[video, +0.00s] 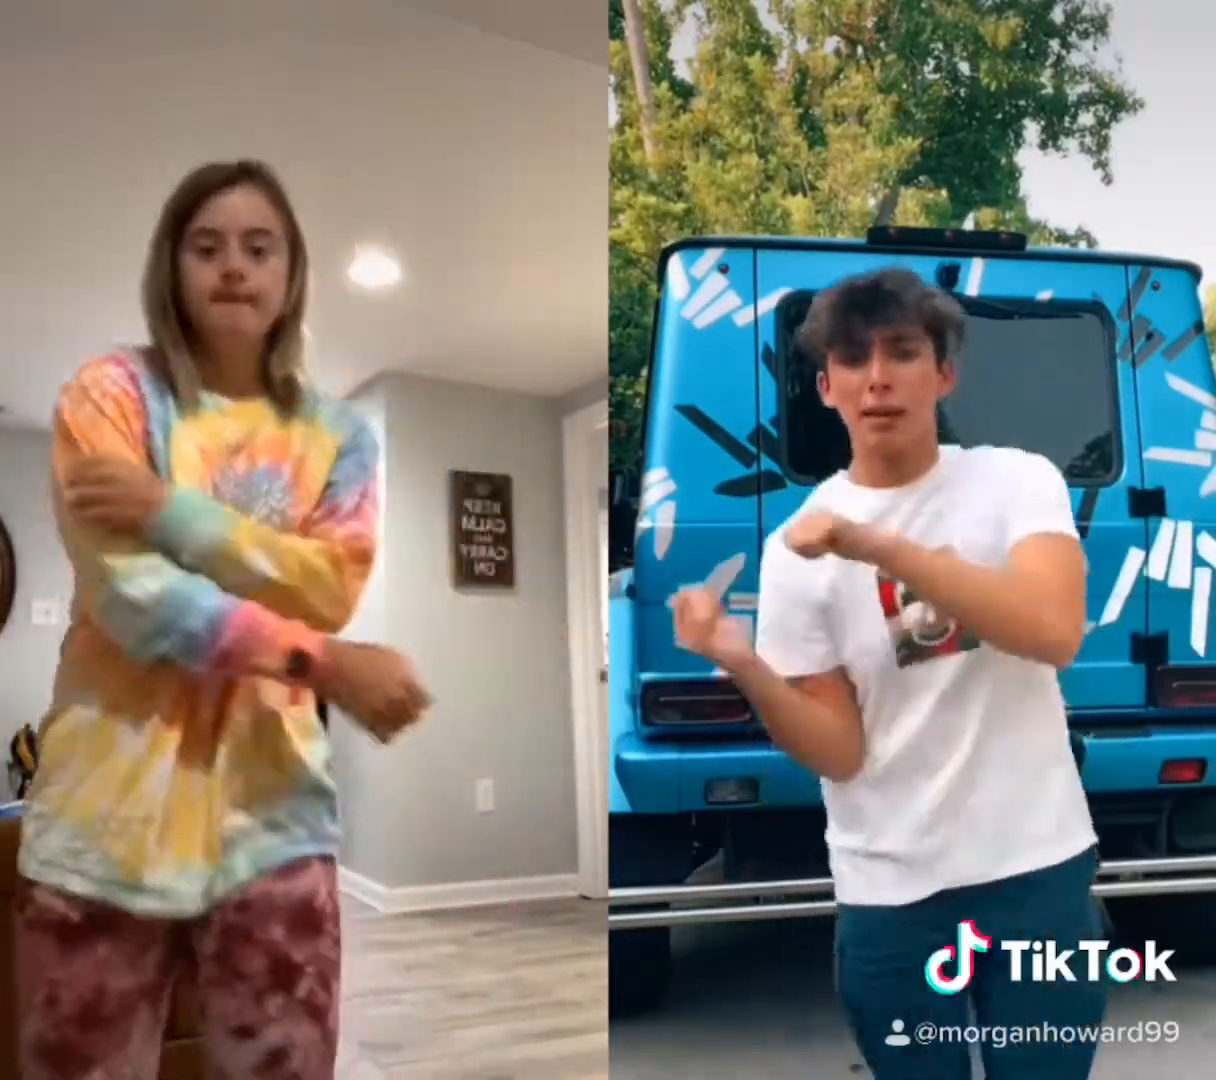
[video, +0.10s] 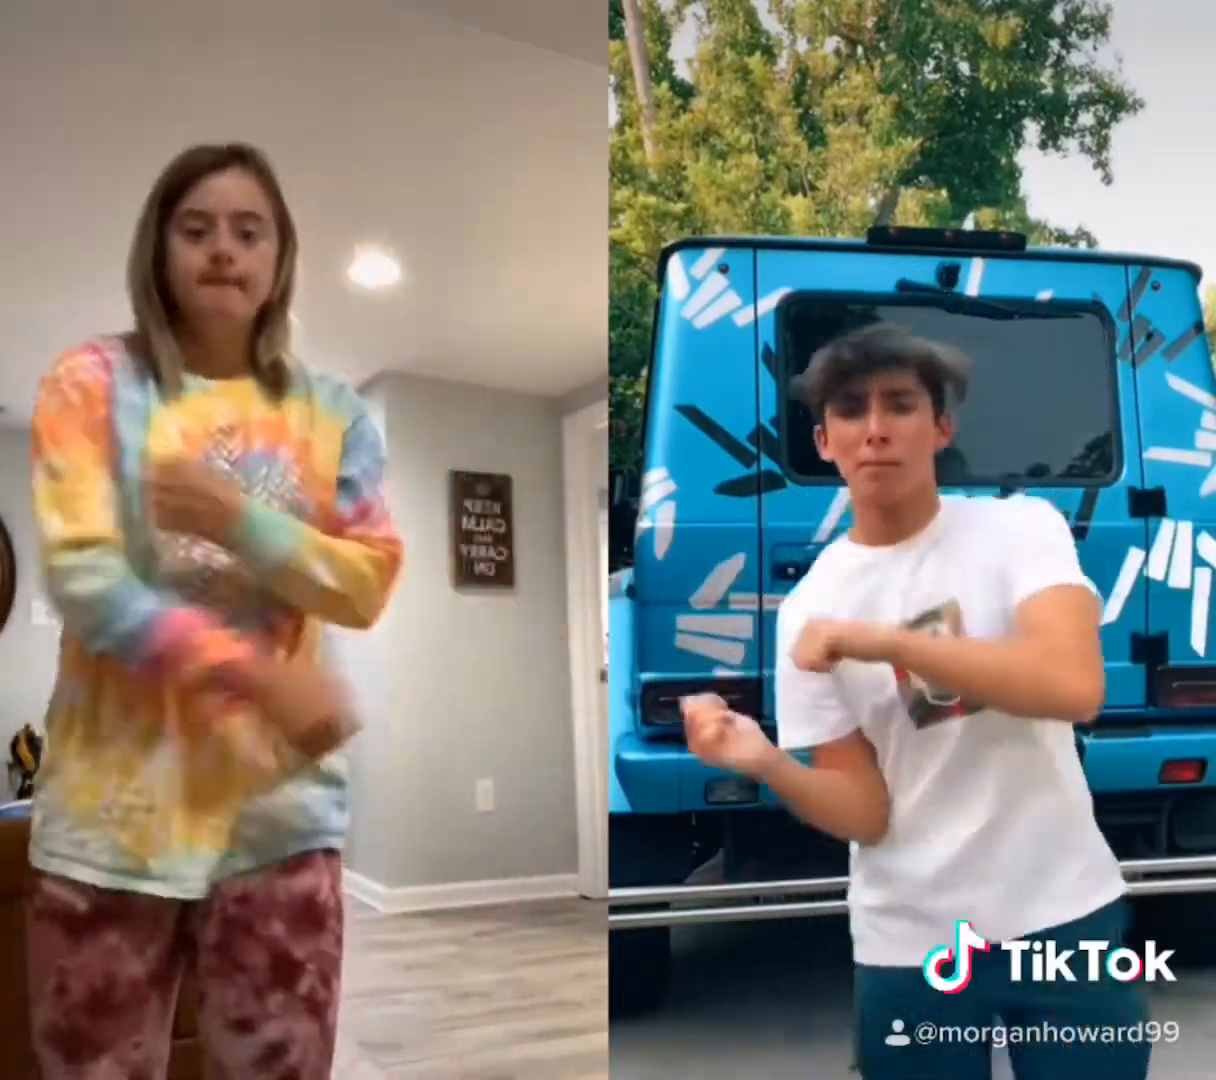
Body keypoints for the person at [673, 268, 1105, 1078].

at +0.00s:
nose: (878, 379)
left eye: (901, 354)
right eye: (854, 359)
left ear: (944, 375)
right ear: (825, 386)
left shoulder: (1015, 481)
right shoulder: (804, 538)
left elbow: (1054, 629)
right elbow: (839, 752)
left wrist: (889, 550)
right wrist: (740, 660)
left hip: (1035, 870)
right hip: (885, 890)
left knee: (1043, 1064)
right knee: (917, 1064)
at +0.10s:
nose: (875, 431)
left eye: (898, 405)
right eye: (853, 411)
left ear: (941, 428)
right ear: (826, 439)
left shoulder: (1022, 529)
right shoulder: (813, 607)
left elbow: (1073, 683)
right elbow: (864, 812)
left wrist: (889, 641)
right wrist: (761, 757)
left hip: (1062, 920)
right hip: (907, 938)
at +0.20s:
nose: (890, 476)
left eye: (915, 454)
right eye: (867, 459)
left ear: (954, 481)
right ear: (839, 492)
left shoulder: (1044, 578)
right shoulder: (830, 659)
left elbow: (1096, 763)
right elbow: (876, 861)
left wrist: (914, 710)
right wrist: (775, 803)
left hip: (1089, 950)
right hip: (928, 964)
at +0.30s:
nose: (943, 445)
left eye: (966, 425)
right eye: (920, 428)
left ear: (1004, 456)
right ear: (885, 464)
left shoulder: (1085, 561)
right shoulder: (860, 629)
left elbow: (1141, 746)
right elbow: (880, 835)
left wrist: (976, 657)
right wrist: (805, 703)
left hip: (1120, 932)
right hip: (957, 948)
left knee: (1186, 1061)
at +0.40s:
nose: (1024, 384)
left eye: (1048, 366)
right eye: (999, 366)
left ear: (1082, 397)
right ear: (961, 398)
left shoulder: (1145, 514)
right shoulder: (925, 540)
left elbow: (1206, 691)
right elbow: (896, 739)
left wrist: (1094, 552)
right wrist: (903, 553)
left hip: (1157, 893)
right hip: (992, 909)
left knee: (1202, 1057)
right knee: (967, 1066)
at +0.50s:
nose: (1117, 354)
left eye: (1142, 335)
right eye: (1092, 334)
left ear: (1173, 365)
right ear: (1053, 366)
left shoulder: (1203, 490)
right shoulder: (991, 497)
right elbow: (957, 648)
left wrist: (1215, 482)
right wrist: (1047, 480)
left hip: (1194, 872)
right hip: (1034, 881)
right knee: (992, 1066)